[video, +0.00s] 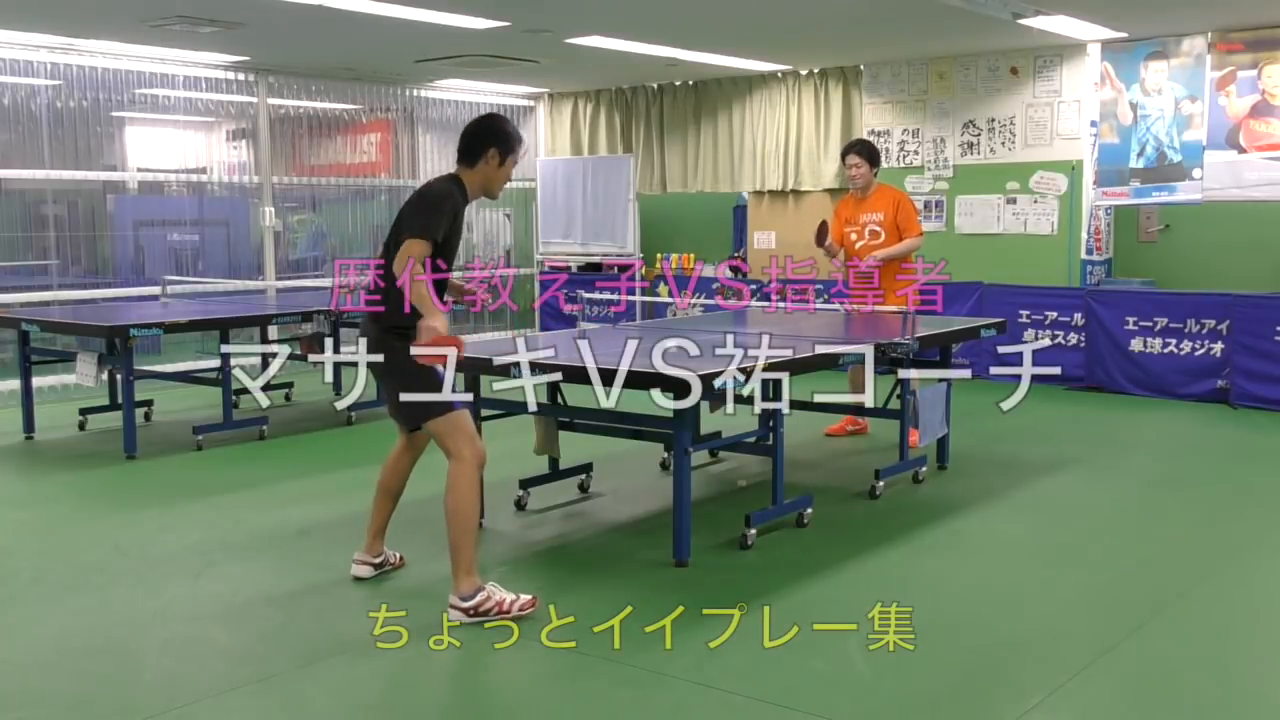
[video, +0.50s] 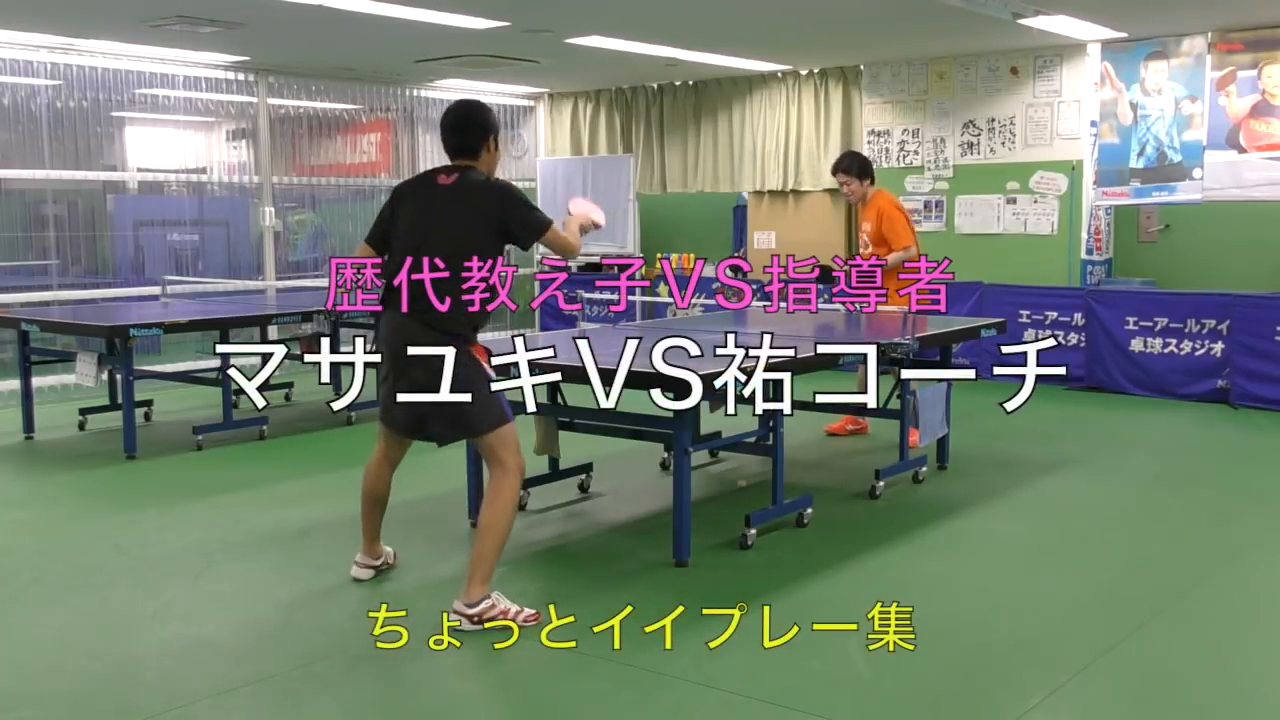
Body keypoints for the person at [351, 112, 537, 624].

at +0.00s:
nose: (510, 176)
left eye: (512, 167)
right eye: (509, 165)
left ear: (478, 158)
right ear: (488, 158)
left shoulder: (447, 197)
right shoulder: (442, 194)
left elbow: (415, 267)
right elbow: (405, 264)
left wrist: (449, 289)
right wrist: (432, 312)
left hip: (400, 343)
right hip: (408, 345)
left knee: (412, 441)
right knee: (468, 452)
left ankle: (370, 552)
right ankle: (467, 589)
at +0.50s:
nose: (499, 150)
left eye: (496, 142)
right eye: (498, 142)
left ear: (446, 144)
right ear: (489, 144)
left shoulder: (408, 191)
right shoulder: (496, 195)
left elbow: (367, 254)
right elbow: (568, 248)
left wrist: (423, 263)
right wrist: (575, 218)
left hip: (399, 345)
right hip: (453, 348)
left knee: (385, 453)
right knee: (507, 467)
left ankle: (369, 552)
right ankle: (475, 596)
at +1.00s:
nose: (509, 173)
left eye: (512, 163)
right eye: (508, 161)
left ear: (469, 154)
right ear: (482, 154)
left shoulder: (422, 191)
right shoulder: (458, 196)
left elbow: (384, 258)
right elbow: (502, 276)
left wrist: (452, 286)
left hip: (386, 344)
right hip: (418, 350)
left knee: (389, 446)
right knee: (481, 458)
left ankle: (357, 554)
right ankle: (472, 597)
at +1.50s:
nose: (497, 146)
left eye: (495, 137)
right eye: (496, 137)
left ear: (444, 137)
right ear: (487, 139)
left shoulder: (407, 183)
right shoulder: (467, 190)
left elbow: (370, 248)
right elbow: (479, 266)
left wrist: (421, 287)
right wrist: (544, 318)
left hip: (388, 341)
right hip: (433, 345)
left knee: (384, 445)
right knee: (487, 460)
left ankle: (356, 555)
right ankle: (474, 596)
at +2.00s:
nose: (488, 147)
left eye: (486, 138)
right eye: (486, 138)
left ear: (437, 138)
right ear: (474, 139)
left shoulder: (396, 184)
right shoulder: (478, 185)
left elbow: (364, 246)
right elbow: (549, 225)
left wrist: (420, 255)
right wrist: (562, 195)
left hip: (383, 339)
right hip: (434, 342)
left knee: (379, 445)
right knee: (491, 460)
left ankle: (356, 554)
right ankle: (475, 595)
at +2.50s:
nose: (507, 178)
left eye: (509, 168)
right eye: (505, 166)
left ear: (469, 160)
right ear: (482, 160)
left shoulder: (430, 197)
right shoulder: (446, 198)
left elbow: (384, 270)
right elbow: (432, 270)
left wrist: (434, 341)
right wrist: (487, 313)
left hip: (387, 350)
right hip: (414, 352)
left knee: (399, 445)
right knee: (487, 460)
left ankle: (358, 555)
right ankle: (472, 597)